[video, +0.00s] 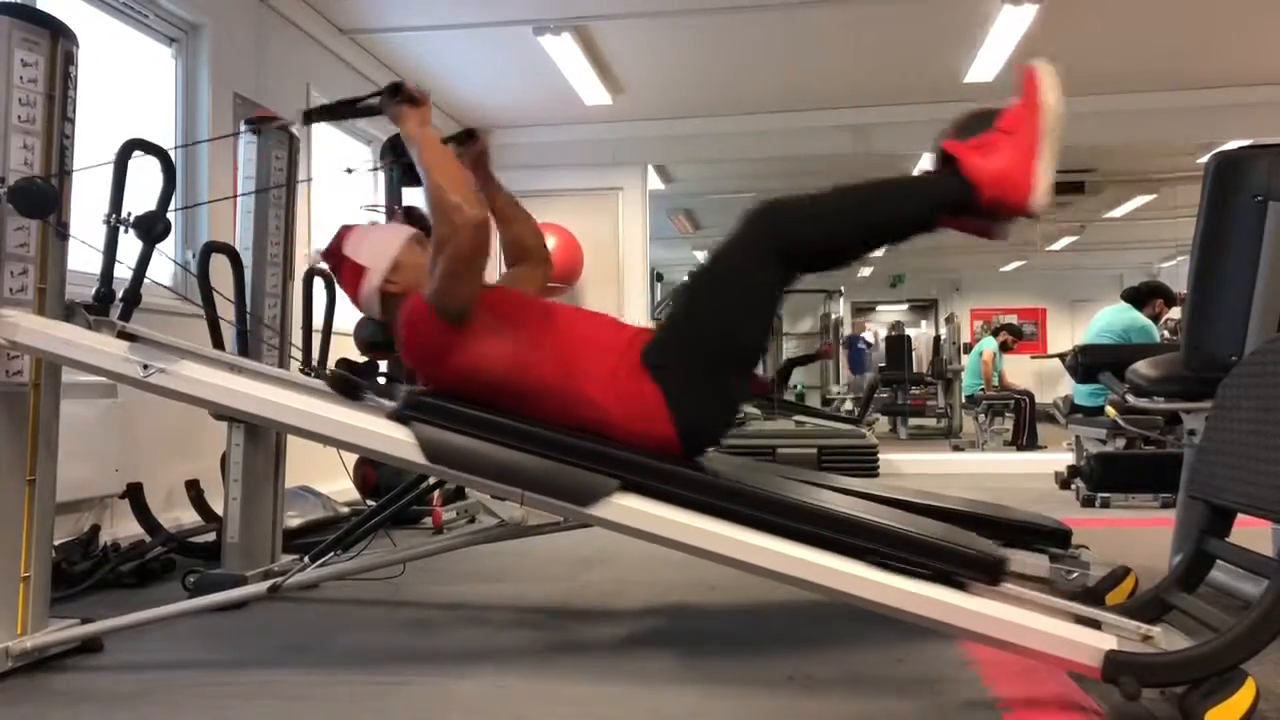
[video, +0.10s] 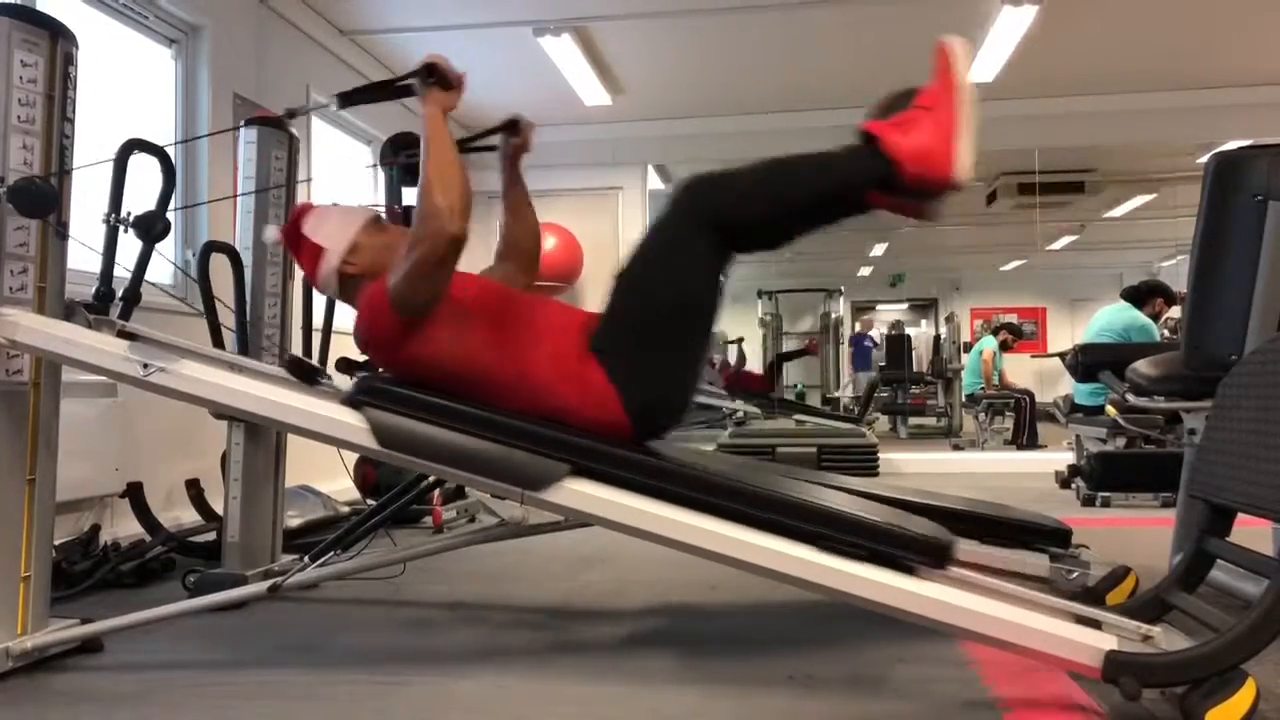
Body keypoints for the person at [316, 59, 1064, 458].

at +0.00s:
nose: (393, 243)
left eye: (383, 236)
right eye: (374, 247)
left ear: (405, 246)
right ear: (371, 287)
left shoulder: (473, 308)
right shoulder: (421, 332)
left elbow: (555, 262)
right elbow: (467, 239)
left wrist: (486, 189)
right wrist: (422, 143)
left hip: (673, 373)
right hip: (668, 398)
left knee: (770, 232)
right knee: (767, 232)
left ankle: (968, 178)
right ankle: (977, 182)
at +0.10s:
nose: (384, 219)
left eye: (373, 213)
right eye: (366, 224)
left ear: (366, 244)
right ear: (349, 261)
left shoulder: (428, 304)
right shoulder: (383, 317)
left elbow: (519, 269)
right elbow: (442, 227)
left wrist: (511, 168)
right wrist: (434, 114)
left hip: (617, 364)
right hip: (620, 389)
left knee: (700, 209)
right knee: (699, 207)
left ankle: (889, 163)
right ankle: (901, 156)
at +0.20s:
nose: (352, 207)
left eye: (341, 199)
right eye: (335, 207)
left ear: (327, 232)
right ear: (313, 240)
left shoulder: (388, 286)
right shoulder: (347, 294)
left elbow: (498, 264)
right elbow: (427, 215)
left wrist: (536, 171)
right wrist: (455, 102)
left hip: (574, 354)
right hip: (577, 376)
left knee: (633, 188)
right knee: (633, 184)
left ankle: (812, 147)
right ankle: (820, 132)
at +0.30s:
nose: (330, 191)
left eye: (319, 182)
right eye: (310, 189)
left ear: (303, 214)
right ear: (283, 223)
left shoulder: (359, 274)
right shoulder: (313, 278)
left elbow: (482, 256)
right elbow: (406, 224)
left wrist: (541, 193)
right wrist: (476, 112)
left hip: (537, 350)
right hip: (538, 365)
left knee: (562, 172)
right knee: (561, 167)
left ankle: (736, 134)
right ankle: (740, 120)